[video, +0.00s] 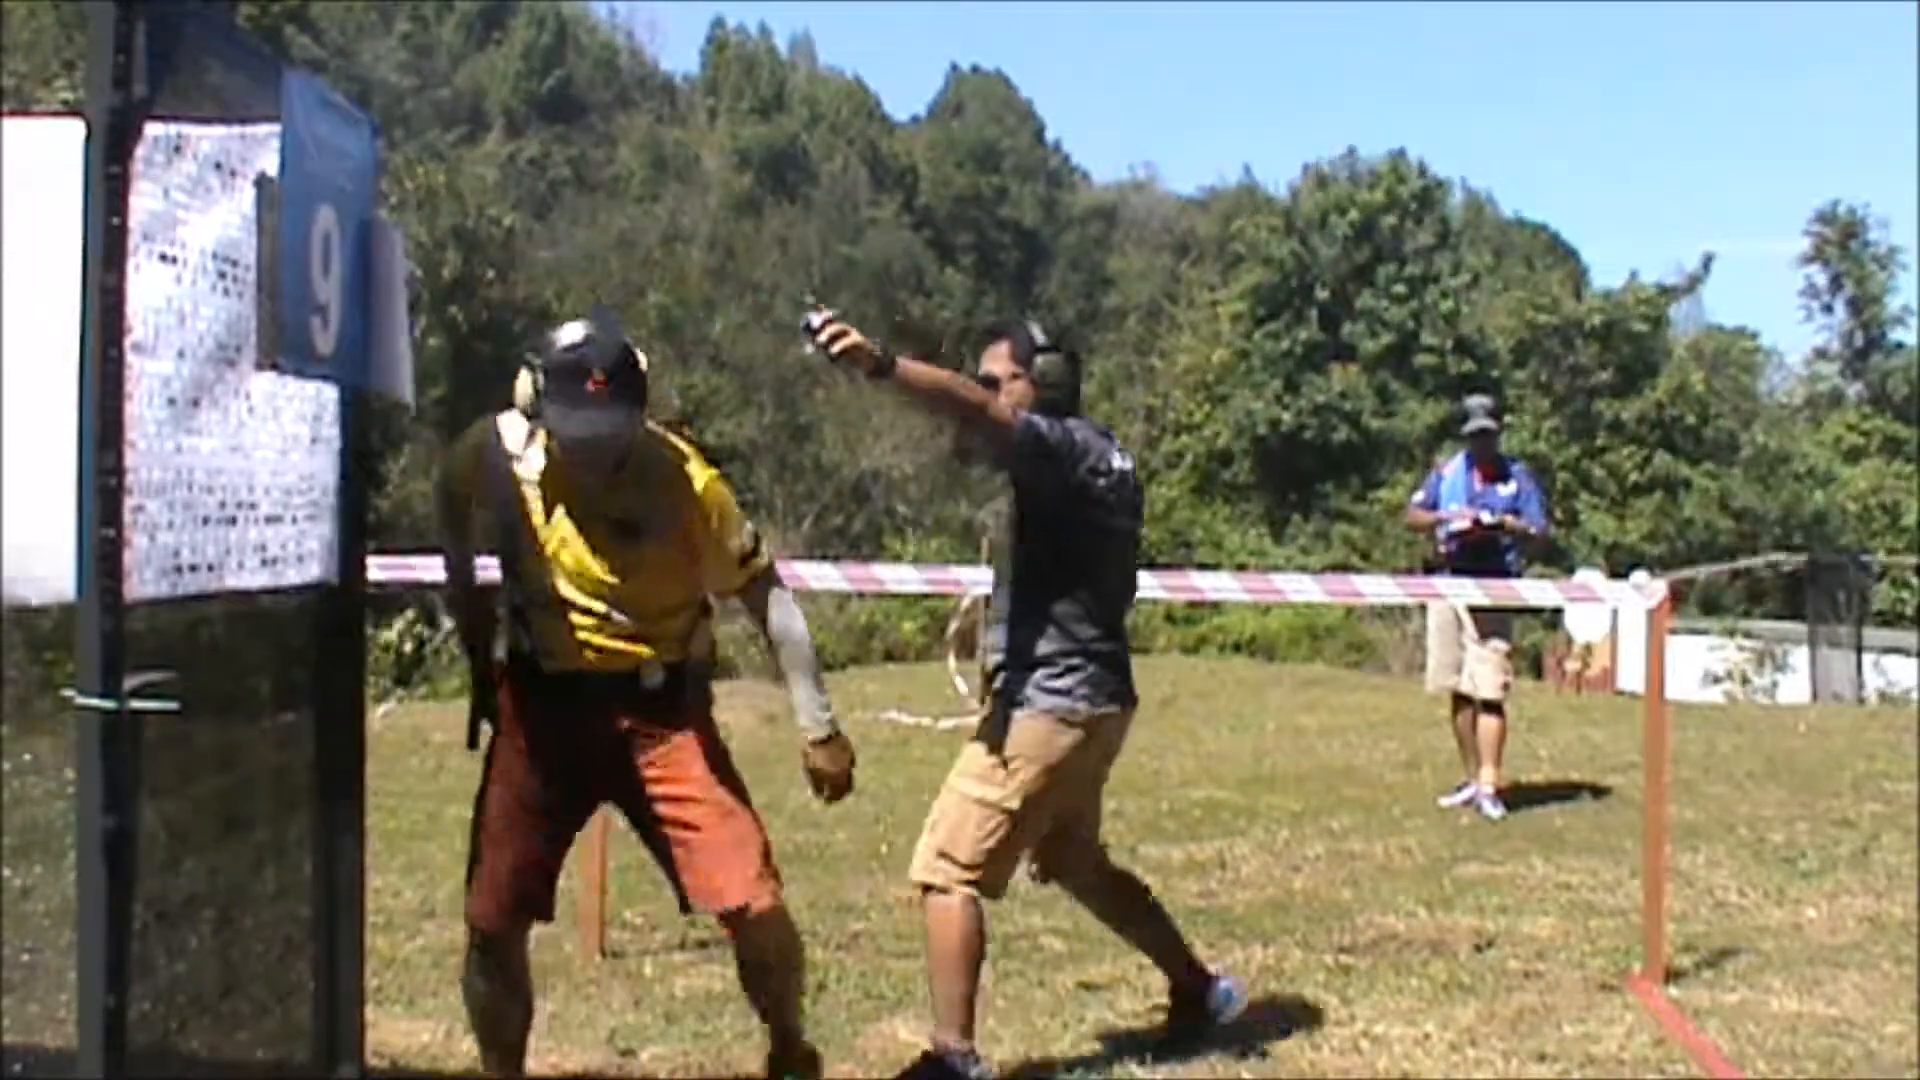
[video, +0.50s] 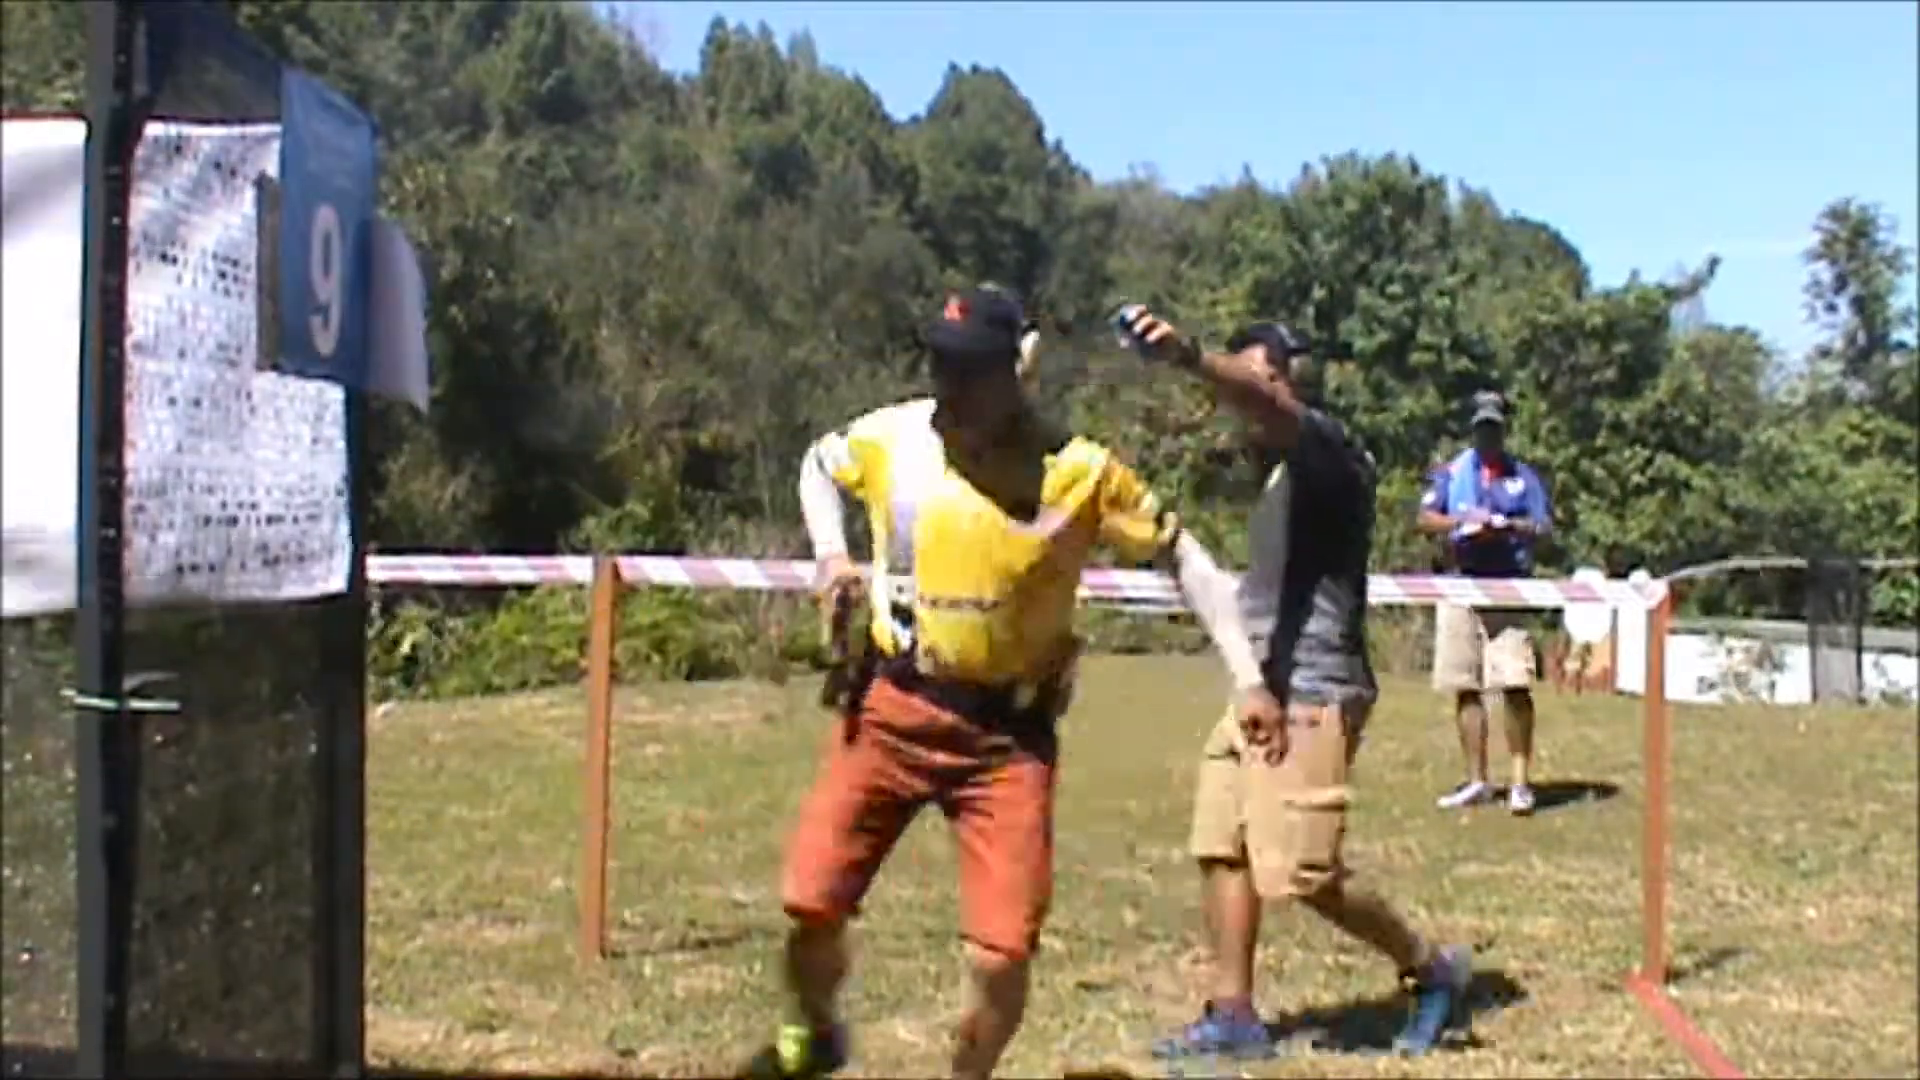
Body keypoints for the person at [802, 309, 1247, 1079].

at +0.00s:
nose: (982, 396)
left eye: (994, 384)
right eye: (981, 383)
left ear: (1036, 386)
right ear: (1062, 390)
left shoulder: (1056, 445)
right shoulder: (1113, 461)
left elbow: (977, 409)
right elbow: (1084, 586)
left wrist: (882, 365)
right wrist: (1006, 618)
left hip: (1050, 696)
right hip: (1099, 695)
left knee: (948, 868)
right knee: (1071, 856)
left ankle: (952, 1052)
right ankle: (1198, 990)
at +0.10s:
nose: (1051, 414)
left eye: (1062, 397)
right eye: (1047, 399)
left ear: (1101, 392)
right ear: (1121, 397)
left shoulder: (1130, 459)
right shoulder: (1168, 469)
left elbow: (1055, 425)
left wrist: (963, 379)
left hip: (1110, 700)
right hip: (1155, 702)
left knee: (1015, 867)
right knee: (1122, 876)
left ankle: (957, 1041)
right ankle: (1226, 1012)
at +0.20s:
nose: (1096, 410)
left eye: (1105, 397)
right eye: (1093, 398)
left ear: (1143, 395)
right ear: (1151, 398)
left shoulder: (1174, 459)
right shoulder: (1201, 469)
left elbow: (1104, 418)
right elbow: (1180, 607)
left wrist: (1018, 378)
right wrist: (1109, 670)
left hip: (1155, 700)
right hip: (1193, 701)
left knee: (1053, 860)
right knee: (1147, 878)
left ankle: (1008, 1035)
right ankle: (1226, 1014)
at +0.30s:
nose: (1145, 386)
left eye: (1152, 373)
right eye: (1144, 375)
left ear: (1189, 376)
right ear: (1198, 380)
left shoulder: (1239, 451)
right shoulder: (1231, 460)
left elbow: (1168, 409)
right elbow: (1223, 582)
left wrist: (1088, 368)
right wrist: (1165, 659)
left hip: (1218, 685)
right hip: (1216, 683)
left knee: (1114, 838)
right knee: (1173, 856)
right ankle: (1227, 1013)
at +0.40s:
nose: (1180, 390)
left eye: (1190, 375)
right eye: (1178, 377)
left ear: (1228, 373)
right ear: (1210, 376)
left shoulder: (1277, 450)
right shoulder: (1234, 464)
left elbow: (1206, 399)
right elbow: (1242, 580)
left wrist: (1126, 358)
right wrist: (1208, 665)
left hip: (1264, 681)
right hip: (1225, 679)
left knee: (1184, 846)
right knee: (1184, 850)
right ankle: (1225, 1015)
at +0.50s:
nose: (1240, 399)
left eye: (1251, 384)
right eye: (1236, 387)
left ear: (1285, 377)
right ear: (1251, 384)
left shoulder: (1332, 455)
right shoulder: (1281, 471)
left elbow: (1265, 405)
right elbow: (1280, 591)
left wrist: (1188, 356)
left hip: (1321, 689)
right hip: (1267, 685)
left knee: (1299, 871)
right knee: (1223, 848)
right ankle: (1232, 1014)